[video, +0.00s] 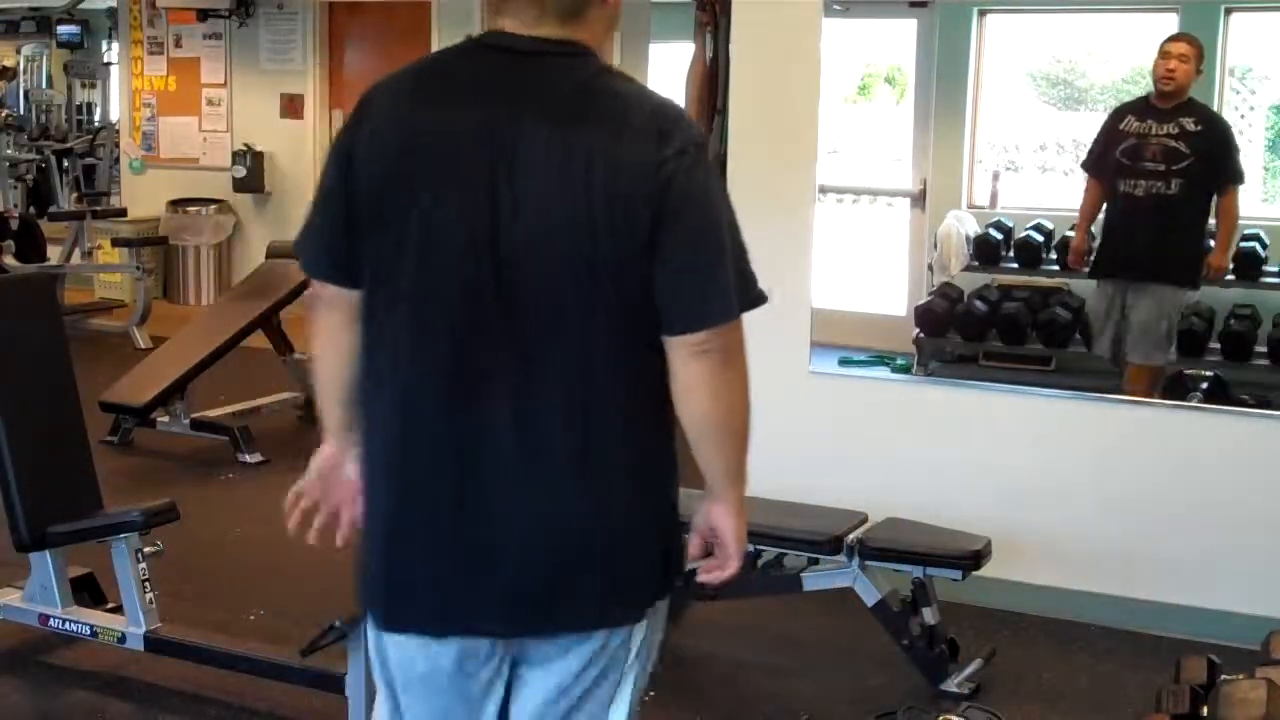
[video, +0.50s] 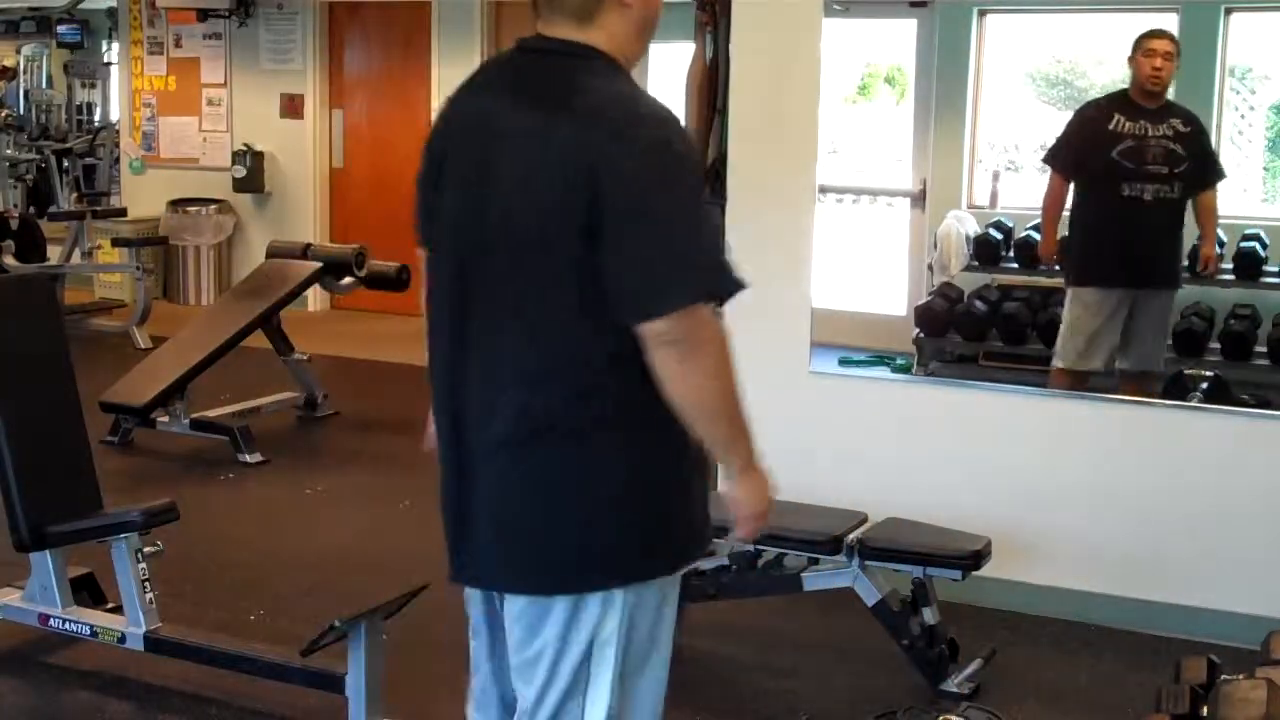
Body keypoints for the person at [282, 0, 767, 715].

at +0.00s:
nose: (617, 20)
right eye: (618, 16)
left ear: (492, 5)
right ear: (610, 9)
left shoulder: (388, 111)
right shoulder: (658, 140)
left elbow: (333, 295)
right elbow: (703, 342)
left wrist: (339, 439)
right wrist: (724, 494)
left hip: (425, 545)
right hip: (598, 553)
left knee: (420, 709)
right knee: (574, 709)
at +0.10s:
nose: (635, 17)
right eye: (637, 13)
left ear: (503, 5)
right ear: (624, 9)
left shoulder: (404, 114)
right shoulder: (671, 139)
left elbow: (355, 293)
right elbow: (722, 336)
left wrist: (365, 430)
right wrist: (741, 485)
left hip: (440, 524)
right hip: (608, 539)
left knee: (418, 710)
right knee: (580, 708)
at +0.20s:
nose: (641, 18)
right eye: (641, 13)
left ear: (518, 5)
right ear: (628, 10)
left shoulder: (421, 107)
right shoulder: (671, 131)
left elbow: (373, 290)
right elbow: (727, 326)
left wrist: (389, 418)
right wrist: (759, 471)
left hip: (460, 504)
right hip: (611, 529)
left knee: (436, 706)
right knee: (588, 708)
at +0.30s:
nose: (650, 16)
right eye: (650, 11)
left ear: (533, 4)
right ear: (636, 9)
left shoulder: (433, 101)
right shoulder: (668, 127)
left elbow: (383, 263)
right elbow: (725, 318)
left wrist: (408, 394)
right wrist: (769, 459)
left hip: (471, 497)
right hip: (608, 519)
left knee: (472, 703)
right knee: (595, 706)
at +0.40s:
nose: (653, 17)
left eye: (652, 12)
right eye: (652, 11)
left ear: (539, 4)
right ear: (635, 7)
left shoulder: (449, 103)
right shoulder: (654, 129)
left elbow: (404, 266)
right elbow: (710, 323)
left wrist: (426, 389)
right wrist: (768, 456)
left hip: (475, 490)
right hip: (600, 516)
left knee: (488, 699)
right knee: (587, 708)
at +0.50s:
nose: (656, 18)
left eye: (656, 11)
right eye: (656, 10)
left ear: (547, 6)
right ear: (636, 7)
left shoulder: (470, 106)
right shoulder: (633, 131)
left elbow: (443, 271)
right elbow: (673, 323)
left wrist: (447, 399)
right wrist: (739, 462)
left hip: (485, 499)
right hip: (596, 520)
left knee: (499, 704)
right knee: (588, 707)